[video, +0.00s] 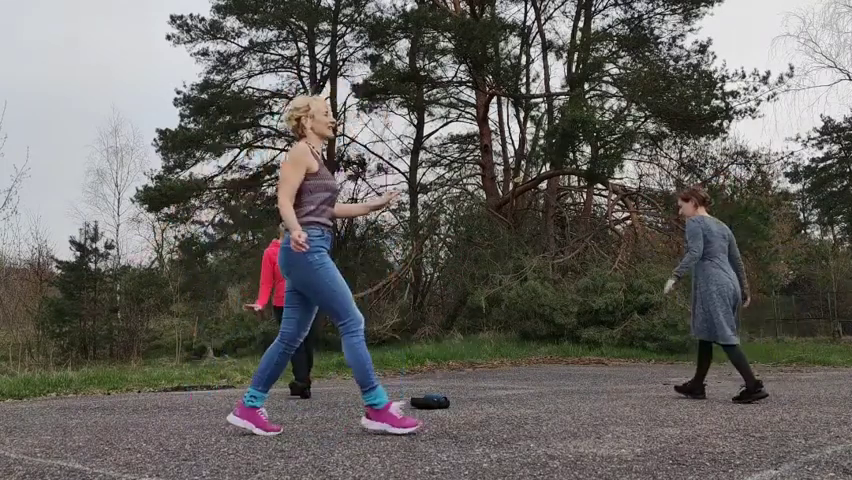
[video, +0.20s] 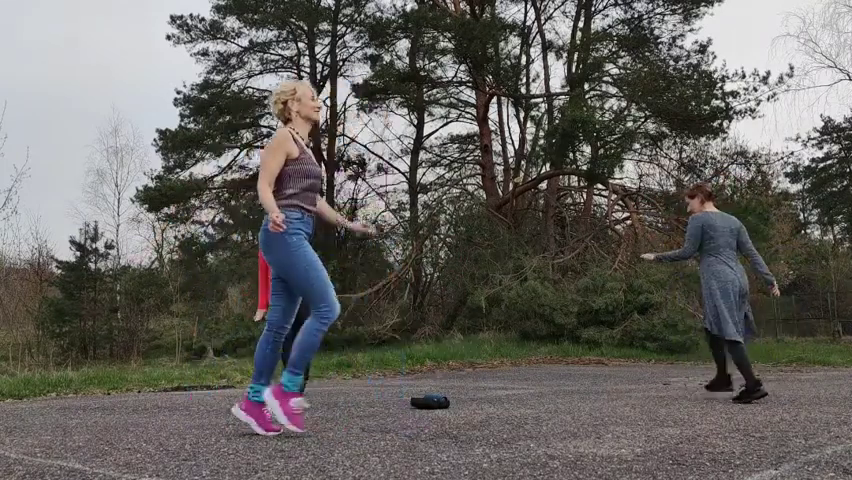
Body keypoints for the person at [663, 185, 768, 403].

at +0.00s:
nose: (680, 211)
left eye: (681, 206)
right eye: (679, 207)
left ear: (694, 202)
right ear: (699, 204)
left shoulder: (695, 223)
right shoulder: (723, 226)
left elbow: (695, 252)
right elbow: (736, 260)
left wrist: (675, 276)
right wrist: (744, 288)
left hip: (712, 285)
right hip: (731, 284)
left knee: (724, 336)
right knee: (706, 335)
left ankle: (753, 385)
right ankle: (697, 383)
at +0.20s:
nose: (688, 208)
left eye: (689, 202)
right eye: (687, 204)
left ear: (701, 198)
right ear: (705, 199)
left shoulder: (698, 219)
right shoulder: (734, 221)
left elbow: (688, 251)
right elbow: (752, 253)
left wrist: (657, 257)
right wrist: (770, 280)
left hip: (717, 280)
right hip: (738, 279)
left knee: (730, 333)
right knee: (712, 328)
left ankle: (752, 384)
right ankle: (722, 377)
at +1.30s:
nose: (647, 211)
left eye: (648, 207)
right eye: (647, 207)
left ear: (660, 206)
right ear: (664, 207)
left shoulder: (657, 230)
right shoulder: (681, 231)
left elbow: (650, 261)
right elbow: (687, 263)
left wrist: (645, 287)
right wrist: (690, 288)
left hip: (663, 287)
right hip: (680, 287)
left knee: (664, 334)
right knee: (653, 331)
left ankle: (680, 382)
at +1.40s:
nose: (641, 213)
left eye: (643, 208)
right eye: (641, 208)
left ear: (653, 208)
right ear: (658, 208)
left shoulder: (651, 230)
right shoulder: (676, 231)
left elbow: (635, 259)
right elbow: (684, 262)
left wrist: (616, 280)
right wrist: (691, 284)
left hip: (657, 286)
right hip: (674, 286)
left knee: (665, 334)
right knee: (641, 323)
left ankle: (679, 383)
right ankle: (619, 363)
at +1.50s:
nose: (632, 215)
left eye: (634, 211)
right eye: (632, 211)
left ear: (646, 209)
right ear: (650, 210)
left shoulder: (642, 232)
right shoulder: (669, 232)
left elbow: (619, 256)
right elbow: (683, 260)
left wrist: (594, 266)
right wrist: (692, 281)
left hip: (651, 288)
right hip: (667, 287)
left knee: (663, 334)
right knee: (631, 315)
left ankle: (679, 383)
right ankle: (610, 358)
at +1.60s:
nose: (625, 217)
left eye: (627, 212)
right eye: (624, 213)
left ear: (639, 211)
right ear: (642, 212)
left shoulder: (634, 234)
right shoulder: (662, 232)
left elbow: (609, 255)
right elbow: (677, 259)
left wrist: (582, 259)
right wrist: (690, 279)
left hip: (644, 288)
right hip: (659, 287)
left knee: (658, 333)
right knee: (626, 316)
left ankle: (679, 382)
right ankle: (611, 363)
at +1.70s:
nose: (616, 220)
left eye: (618, 216)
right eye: (616, 216)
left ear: (629, 214)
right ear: (633, 215)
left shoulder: (626, 237)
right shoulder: (654, 236)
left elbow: (600, 256)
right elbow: (670, 262)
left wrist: (572, 262)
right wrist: (685, 280)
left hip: (635, 290)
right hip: (651, 289)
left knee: (651, 334)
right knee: (624, 329)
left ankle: (676, 379)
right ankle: (625, 376)